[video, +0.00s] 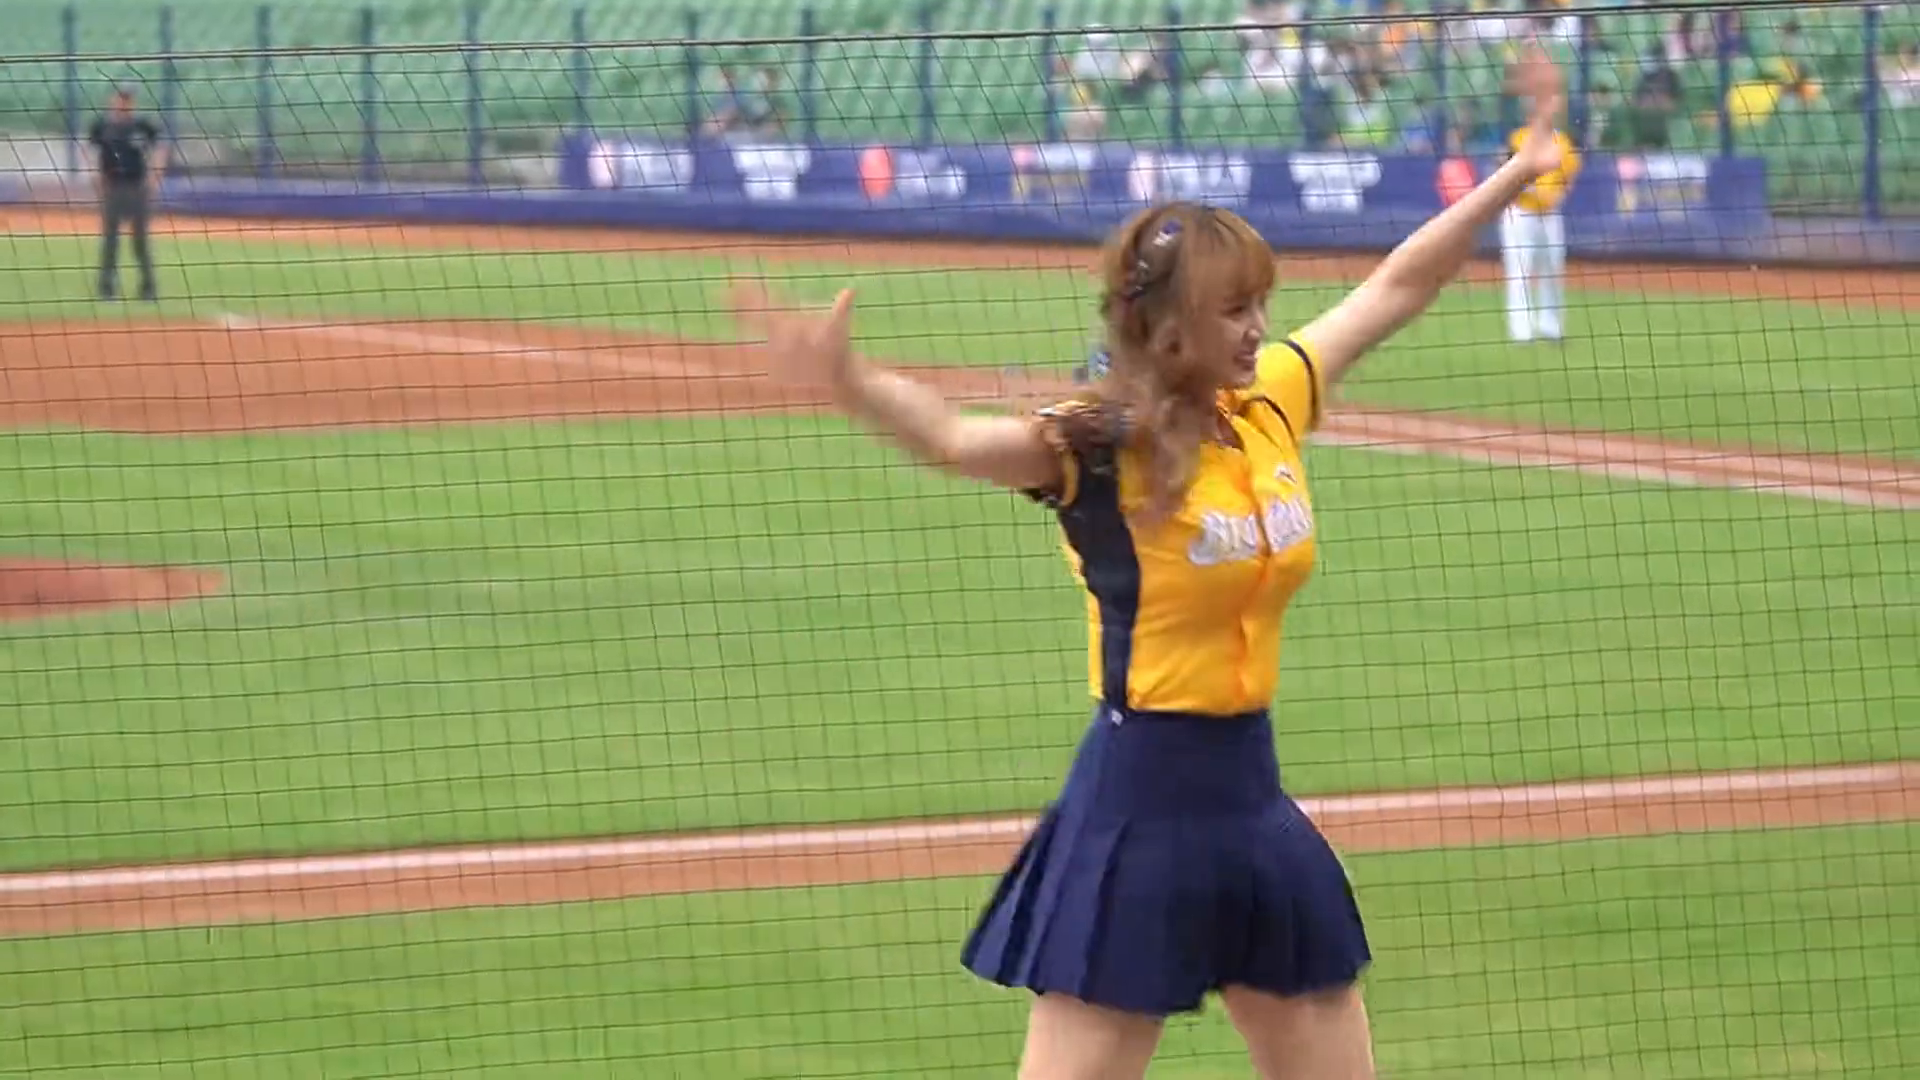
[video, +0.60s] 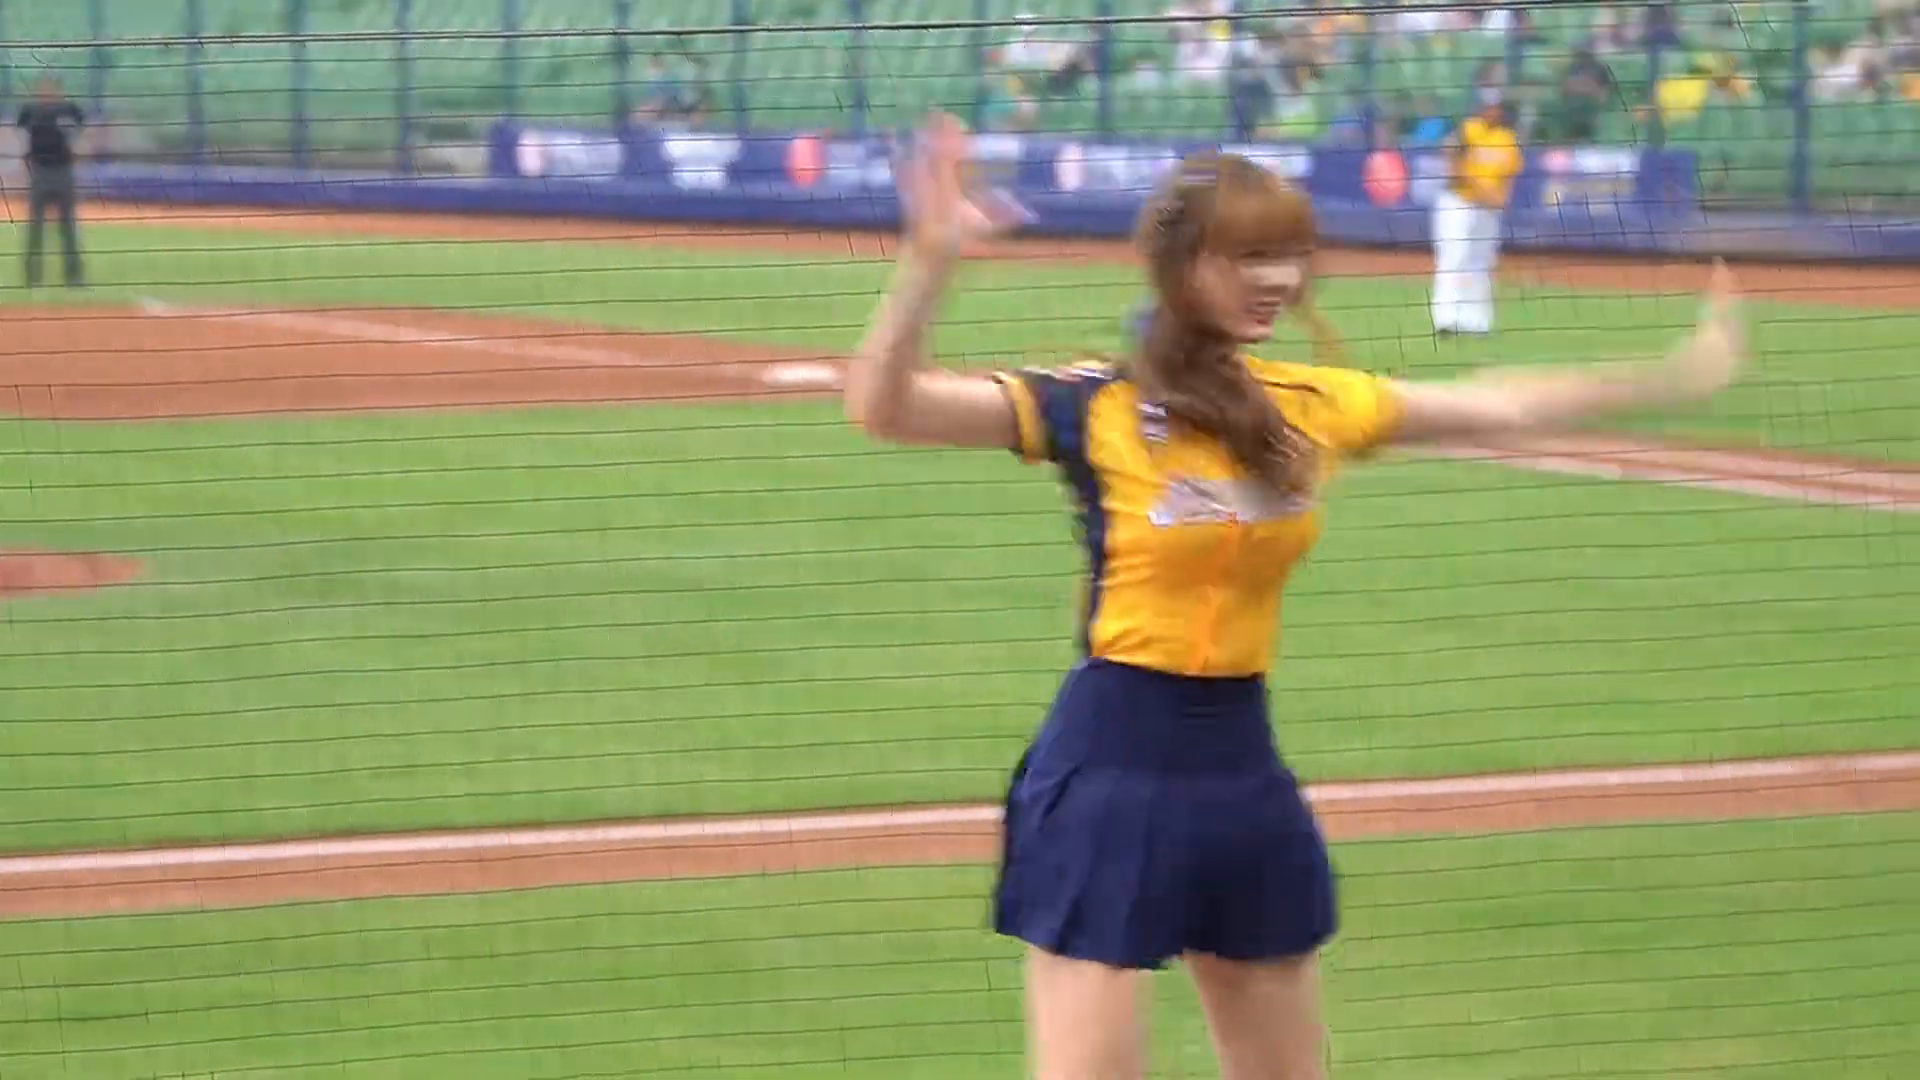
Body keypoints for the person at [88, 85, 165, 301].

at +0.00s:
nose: (123, 113)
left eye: (127, 108)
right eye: (119, 108)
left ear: (133, 108)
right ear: (112, 107)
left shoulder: (142, 127)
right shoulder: (103, 128)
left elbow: (160, 150)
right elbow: (90, 154)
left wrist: (155, 176)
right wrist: (98, 181)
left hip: (138, 188)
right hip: (112, 188)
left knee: (140, 240)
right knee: (110, 240)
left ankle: (148, 284)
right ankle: (106, 285)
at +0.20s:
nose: (99, 106)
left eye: (102, 101)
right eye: (95, 101)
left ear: (108, 101)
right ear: (88, 101)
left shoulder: (116, 119)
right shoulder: (78, 119)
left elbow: (137, 140)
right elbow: (63, 142)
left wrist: (135, 163)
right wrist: (71, 165)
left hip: (113, 179)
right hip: (88, 179)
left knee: (118, 231)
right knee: (87, 231)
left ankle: (125, 277)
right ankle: (83, 277)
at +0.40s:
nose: (74, 99)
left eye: (78, 94)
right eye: (71, 94)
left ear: (84, 95)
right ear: (64, 94)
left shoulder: (93, 113)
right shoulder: (56, 114)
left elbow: (112, 133)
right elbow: (39, 136)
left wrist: (113, 155)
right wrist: (48, 159)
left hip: (89, 174)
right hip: (65, 174)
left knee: (93, 225)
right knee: (63, 225)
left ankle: (100, 272)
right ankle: (60, 273)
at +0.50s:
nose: (62, 98)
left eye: (66, 93)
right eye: (59, 93)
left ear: (72, 93)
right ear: (52, 92)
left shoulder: (81, 111)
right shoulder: (44, 111)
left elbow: (100, 130)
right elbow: (27, 134)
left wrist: (100, 152)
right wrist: (35, 157)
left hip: (77, 172)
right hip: (53, 172)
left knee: (82, 223)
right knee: (50, 223)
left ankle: (89, 270)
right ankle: (48, 271)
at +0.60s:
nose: (47, 98)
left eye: (51, 92)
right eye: (43, 92)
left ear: (59, 93)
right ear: (37, 93)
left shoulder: (67, 109)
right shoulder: (31, 111)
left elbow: (82, 122)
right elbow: (21, 124)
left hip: (63, 173)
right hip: (39, 172)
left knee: (68, 224)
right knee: (35, 225)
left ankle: (73, 273)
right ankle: (33, 274)